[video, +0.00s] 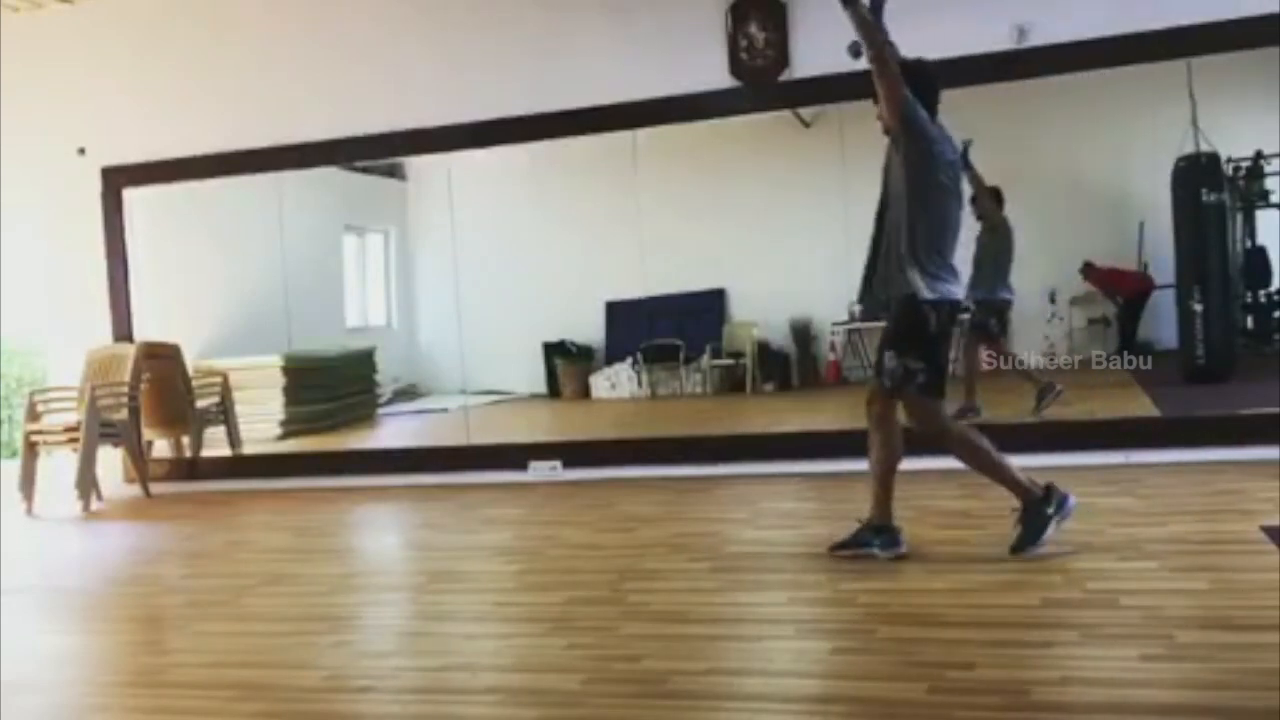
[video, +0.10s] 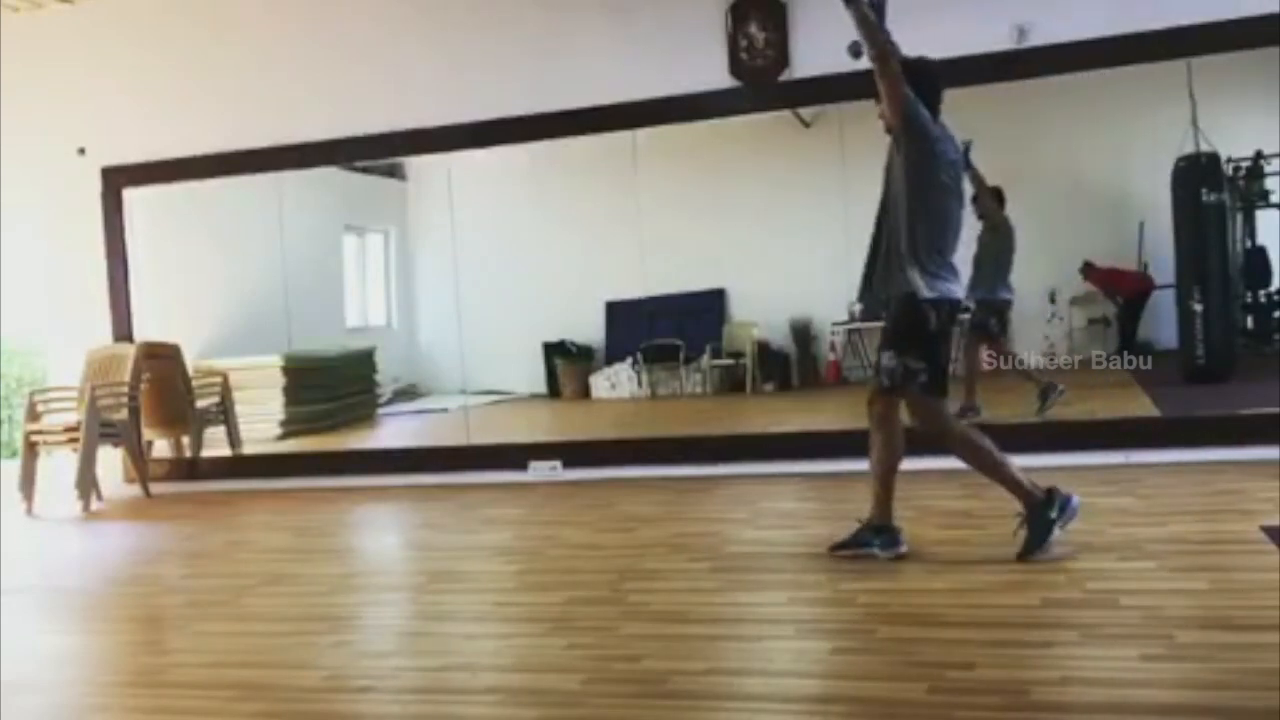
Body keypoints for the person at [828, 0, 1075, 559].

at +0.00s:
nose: (877, 112)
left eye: (881, 100)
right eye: (875, 102)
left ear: (906, 98)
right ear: (918, 103)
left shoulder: (928, 143)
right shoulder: (930, 147)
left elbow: (884, 63)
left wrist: (850, 6)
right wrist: (877, 29)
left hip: (929, 303)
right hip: (914, 302)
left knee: (926, 419)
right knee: (881, 408)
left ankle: (1035, 497)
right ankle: (880, 524)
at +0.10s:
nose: (879, 110)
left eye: (883, 98)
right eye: (877, 101)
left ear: (908, 97)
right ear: (921, 102)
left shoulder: (927, 141)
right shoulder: (935, 147)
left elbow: (885, 61)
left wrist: (855, 7)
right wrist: (877, 31)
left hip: (928, 300)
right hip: (916, 298)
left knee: (929, 417)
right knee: (883, 407)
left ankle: (1038, 501)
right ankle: (880, 524)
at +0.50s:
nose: (927, 115)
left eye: (930, 101)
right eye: (926, 103)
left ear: (953, 94)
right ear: (969, 93)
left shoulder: (977, 132)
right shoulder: (995, 142)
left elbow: (936, 61)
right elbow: (1028, 225)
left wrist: (898, 8)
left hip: (994, 296)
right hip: (984, 297)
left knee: (1027, 413)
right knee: (934, 402)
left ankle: (1079, 527)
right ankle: (902, 516)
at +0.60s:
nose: (942, 104)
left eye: (945, 90)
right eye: (940, 92)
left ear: (968, 86)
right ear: (977, 84)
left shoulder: (1000, 127)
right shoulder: (988, 135)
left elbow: (950, 57)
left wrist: (911, 9)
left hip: (1018, 291)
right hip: (990, 293)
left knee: (1035, 404)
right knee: (934, 385)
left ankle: (1079, 526)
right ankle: (966, 505)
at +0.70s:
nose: (947, 103)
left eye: (951, 90)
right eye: (946, 92)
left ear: (975, 84)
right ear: (985, 82)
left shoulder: (1004, 125)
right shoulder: (994, 132)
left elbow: (954, 52)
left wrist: (918, 7)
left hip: (1022, 290)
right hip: (996, 291)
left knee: (1037, 404)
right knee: (941, 386)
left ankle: (1080, 526)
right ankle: (995, 496)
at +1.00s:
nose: (949, 104)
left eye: (952, 91)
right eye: (946, 93)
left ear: (975, 84)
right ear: (994, 78)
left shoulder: (1007, 123)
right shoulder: (1003, 128)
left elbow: (960, 58)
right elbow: (959, 58)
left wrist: (926, 9)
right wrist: (929, 19)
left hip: (1025, 287)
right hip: (1004, 288)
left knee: (1040, 398)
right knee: (960, 388)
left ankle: (1080, 526)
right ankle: (989, 513)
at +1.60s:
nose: (859, 112)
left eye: (862, 102)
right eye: (860, 99)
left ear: (878, 106)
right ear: (905, 103)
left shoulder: (885, 142)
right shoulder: (929, 143)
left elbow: (841, 75)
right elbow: (890, 86)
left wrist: (807, 17)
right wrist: (860, 48)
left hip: (916, 300)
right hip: (942, 298)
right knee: (889, 406)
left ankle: (1028, 501)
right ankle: (905, 522)